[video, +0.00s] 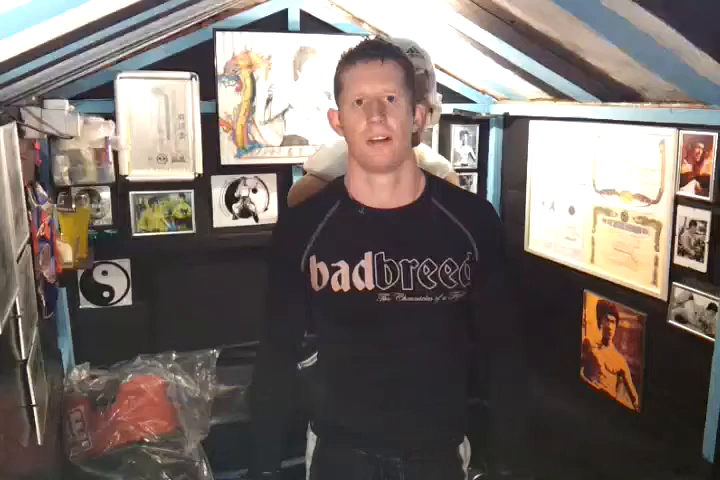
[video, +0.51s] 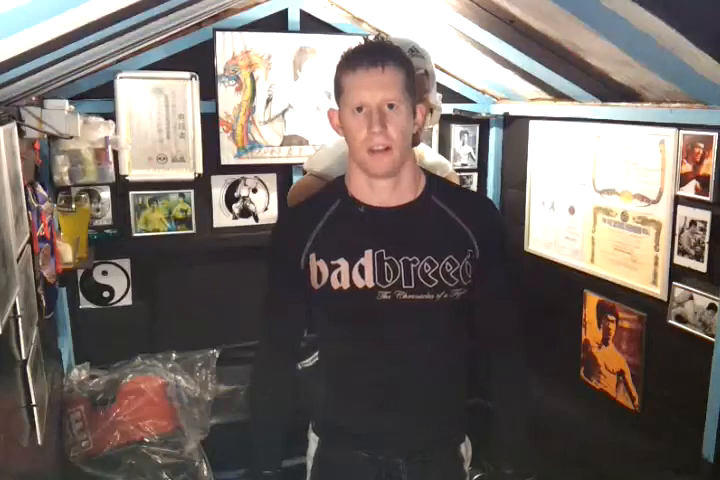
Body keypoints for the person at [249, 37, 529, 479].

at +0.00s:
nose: (376, 116)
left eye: (390, 99)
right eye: (360, 102)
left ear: (419, 117)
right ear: (338, 122)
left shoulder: (475, 222)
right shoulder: (302, 227)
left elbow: (502, 356)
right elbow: (277, 359)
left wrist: (499, 467)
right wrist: (272, 466)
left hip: (439, 458)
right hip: (340, 457)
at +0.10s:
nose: (376, 117)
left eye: (390, 99)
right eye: (359, 102)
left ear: (418, 117)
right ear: (337, 122)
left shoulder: (475, 222)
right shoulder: (302, 227)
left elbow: (502, 356)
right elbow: (277, 359)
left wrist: (500, 466)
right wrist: (273, 466)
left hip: (439, 458)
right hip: (341, 457)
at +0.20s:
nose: (376, 117)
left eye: (390, 100)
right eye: (359, 103)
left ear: (419, 117)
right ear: (337, 122)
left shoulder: (475, 221)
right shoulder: (302, 227)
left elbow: (502, 355)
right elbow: (277, 359)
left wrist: (500, 466)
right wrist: (272, 466)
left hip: (440, 457)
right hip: (341, 457)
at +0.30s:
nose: (376, 117)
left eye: (390, 100)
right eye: (360, 103)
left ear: (419, 117)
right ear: (338, 122)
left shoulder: (476, 221)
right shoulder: (302, 227)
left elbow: (502, 355)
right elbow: (277, 360)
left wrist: (500, 466)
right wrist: (272, 466)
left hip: (440, 458)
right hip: (342, 458)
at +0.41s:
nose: (377, 119)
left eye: (391, 102)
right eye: (360, 105)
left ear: (419, 117)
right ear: (338, 122)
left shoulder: (476, 221)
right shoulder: (302, 227)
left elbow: (502, 355)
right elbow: (277, 358)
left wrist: (500, 466)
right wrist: (273, 465)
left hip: (441, 458)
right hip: (342, 457)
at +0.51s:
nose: (377, 127)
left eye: (391, 107)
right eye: (360, 110)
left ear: (418, 117)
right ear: (338, 122)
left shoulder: (476, 221)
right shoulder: (301, 226)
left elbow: (503, 355)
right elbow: (277, 358)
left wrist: (502, 466)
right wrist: (273, 465)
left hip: (441, 458)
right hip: (342, 458)